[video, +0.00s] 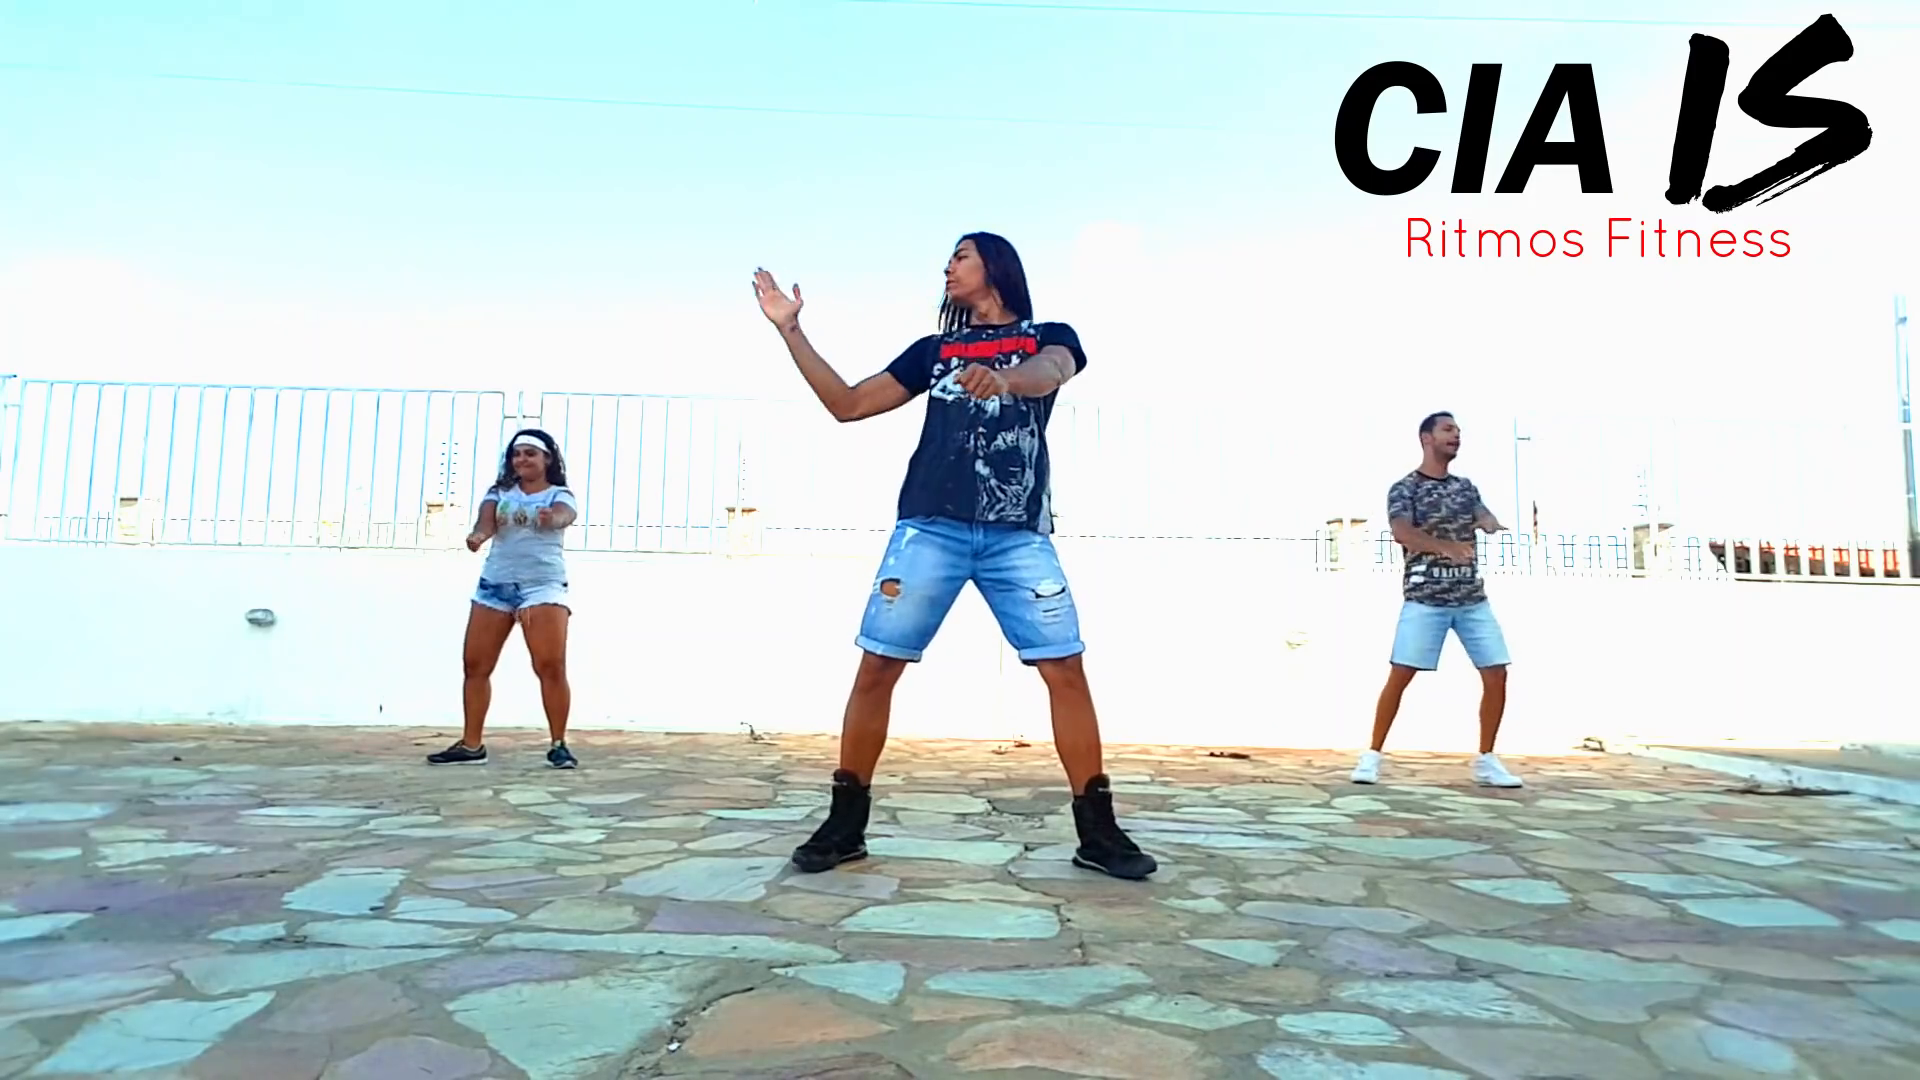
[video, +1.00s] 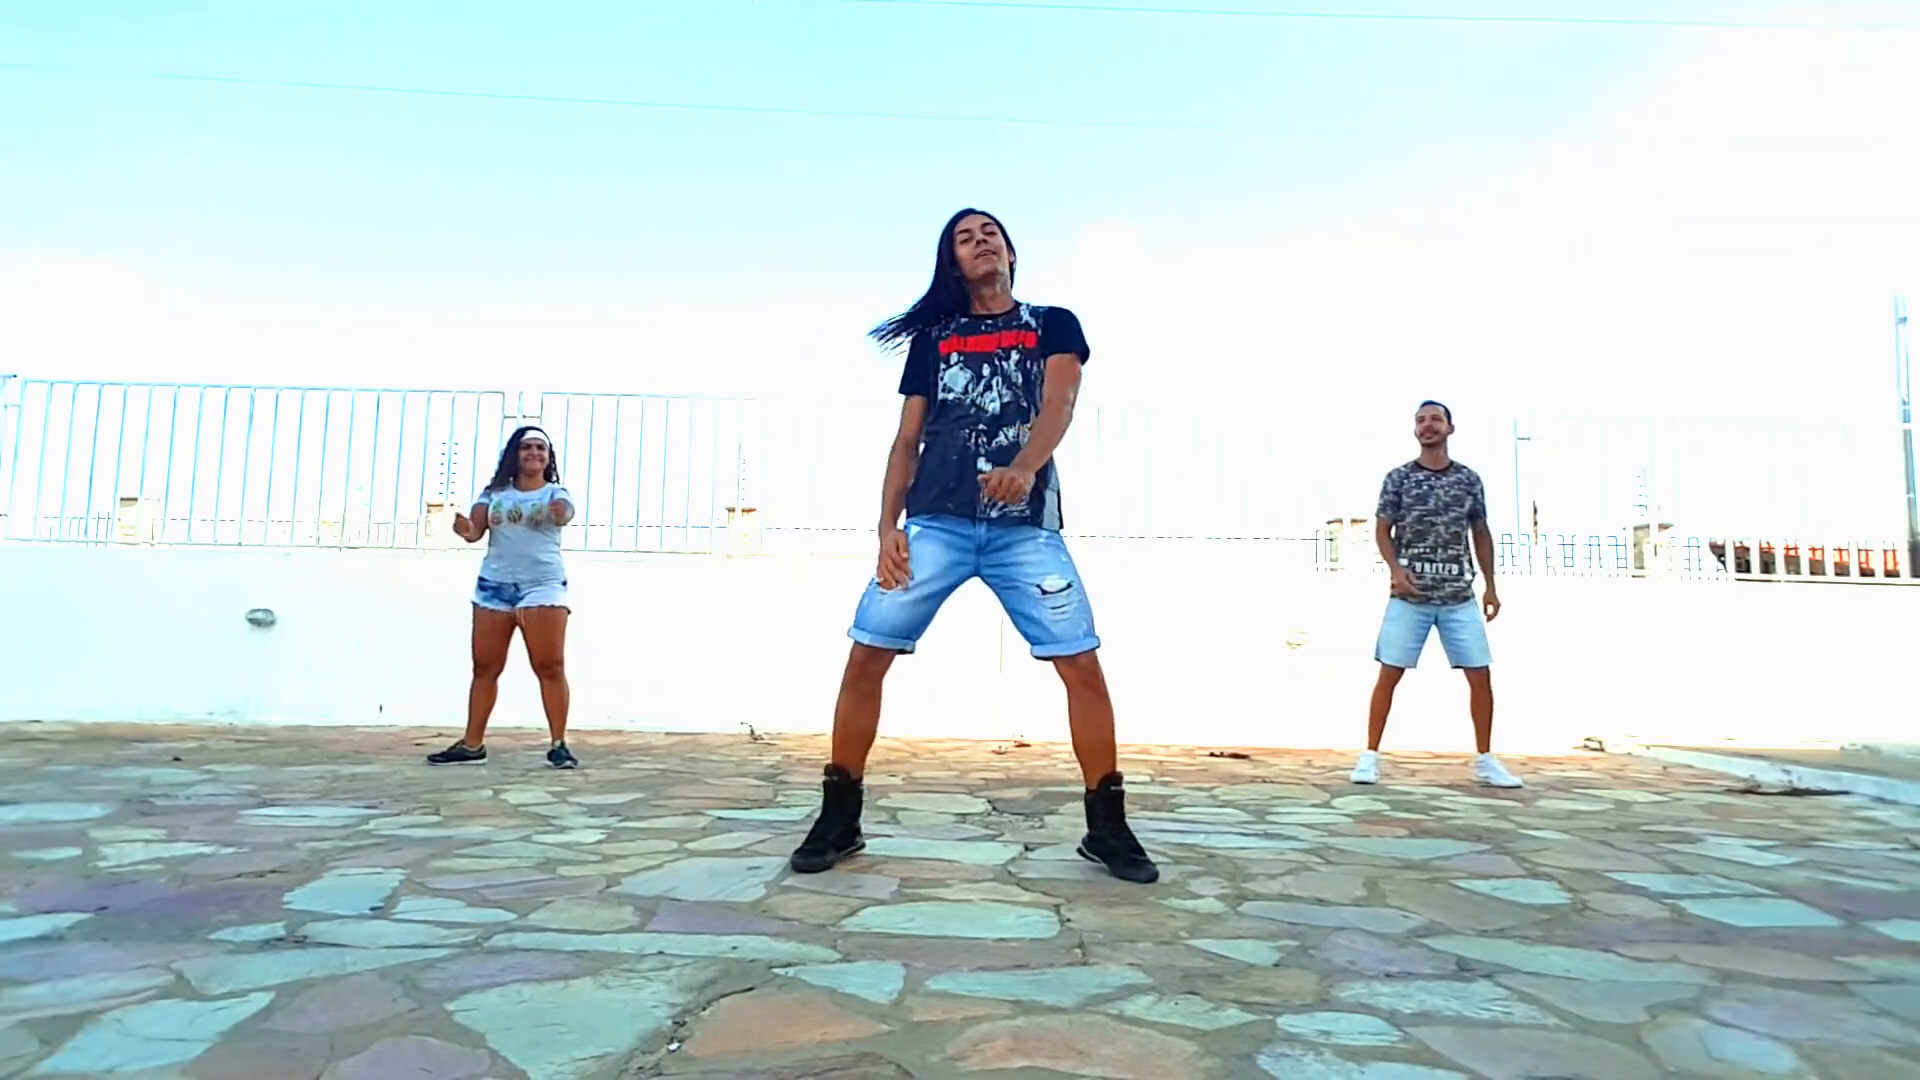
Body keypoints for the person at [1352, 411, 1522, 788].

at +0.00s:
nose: (1456, 437)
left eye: (1457, 431)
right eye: (1448, 430)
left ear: (1456, 440)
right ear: (1426, 438)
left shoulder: (1465, 488)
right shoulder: (1404, 488)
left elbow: (1485, 519)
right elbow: (1402, 534)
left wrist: (1495, 527)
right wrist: (1446, 547)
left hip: (1471, 599)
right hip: (1425, 600)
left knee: (1496, 672)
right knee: (1401, 674)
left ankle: (1486, 758)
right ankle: (1373, 754)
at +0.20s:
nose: (1415, 441)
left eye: (1423, 434)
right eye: (1410, 435)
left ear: (1437, 441)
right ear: (1403, 443)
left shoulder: (1460, 484)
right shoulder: (1392, 496)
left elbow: (1486, 521)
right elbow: (1380, 544)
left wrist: (1497, 553)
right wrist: (1427, 541)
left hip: (1448, 601)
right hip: (1397, 599)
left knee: (1475, 678)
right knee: (1375, 670)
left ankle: (1484, 759)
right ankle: (1368, 755)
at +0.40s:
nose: (1415, 433)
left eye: (1423, 427)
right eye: (1410, 428)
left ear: (1438, 435)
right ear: (1404, 438)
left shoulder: (1462, 484)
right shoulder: (1391, 489)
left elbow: (1472, 538)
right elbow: (1377, 540)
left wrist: (1479, 584)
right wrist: (1370, 579)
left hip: (1447, 599)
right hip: (1397, 598)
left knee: (1475, 675)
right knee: (1379, 672)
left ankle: (1484, 758)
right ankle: (1369, 755)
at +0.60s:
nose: (1429, 428)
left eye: (1437, 422)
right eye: (1423, 423)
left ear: (1452, 433)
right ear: (1416, 433)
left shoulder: (1465, 487)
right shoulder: (1396, 482)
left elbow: (1473, 542)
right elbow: (1368, 533)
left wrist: (1484, 587)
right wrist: (1356, 586)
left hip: (1460, 600)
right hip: (1412, 600)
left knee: (1485, 673)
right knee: (1392, 674)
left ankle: (1485, 758)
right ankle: (1370, 755)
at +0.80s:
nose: (1436, 431)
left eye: (1444, 425)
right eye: (1430, 425)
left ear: (1456, 435)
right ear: (1421, 433)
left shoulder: (1467, 489)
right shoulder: (1400, 483)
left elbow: (1478, 547)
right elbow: (1383, 538)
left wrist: (1502, 600)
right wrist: (1386, 589)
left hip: (1464, 601)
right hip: (1415, 600)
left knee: (1487, 674)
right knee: (1394, 675)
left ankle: (1486, 758)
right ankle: (1371, 755)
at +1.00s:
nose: (1429, 424)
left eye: (1436, 419)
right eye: (1422, 419)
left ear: (1450, 428)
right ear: (1414, 430)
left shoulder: (1468, 480)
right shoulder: (1398, 479)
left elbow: (1481, 534)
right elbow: (1382, 532)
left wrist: (1490, 585)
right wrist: (1396, 571)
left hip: (1459, 598)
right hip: (1410, 596)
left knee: (1480, 674)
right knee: (1389, 673)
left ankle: (1485, 758)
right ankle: (1370, 755)